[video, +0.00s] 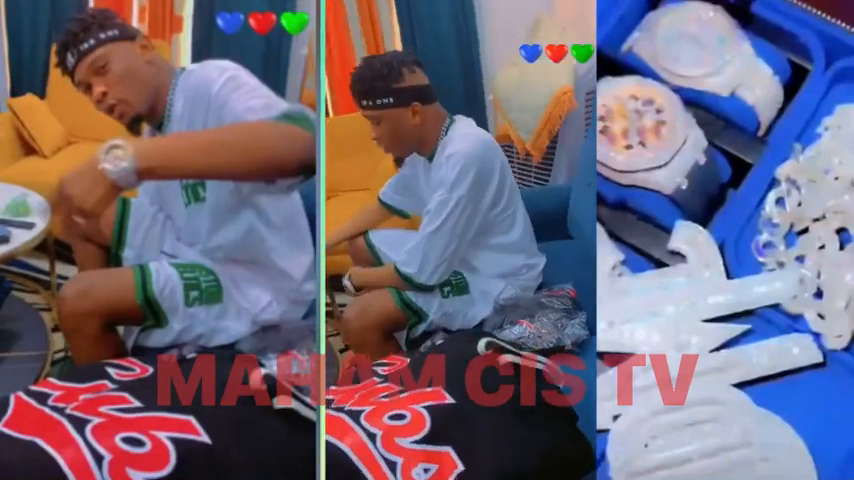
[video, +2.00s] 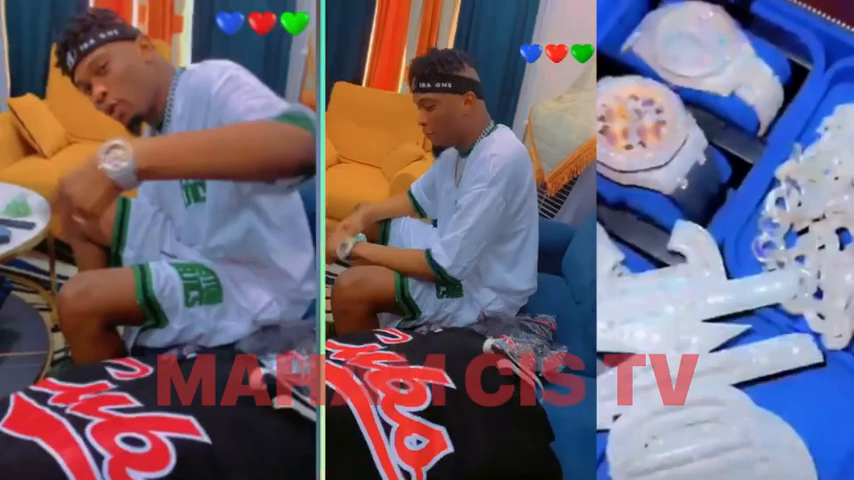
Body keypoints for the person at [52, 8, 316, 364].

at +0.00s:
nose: (98, 94)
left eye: (102, 70)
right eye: (87, 89)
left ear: (144, 48)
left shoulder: (212, 81)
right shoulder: (152, 133)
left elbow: (298, 146)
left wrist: (132, 160)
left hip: (259, 279)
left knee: (80, 300)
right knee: (84, 215)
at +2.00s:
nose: (97, 94)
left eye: (102, 70)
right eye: (87, 89)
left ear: (145, 48)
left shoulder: (213, 81)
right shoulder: (153, 135)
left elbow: (299, 145)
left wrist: (131, 160)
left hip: (261, 278)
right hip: (191, 253)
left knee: (80, 300)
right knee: (83, 213)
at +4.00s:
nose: (97, 94)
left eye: (102, 70)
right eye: (87, 89)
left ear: (145, 48)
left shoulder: (213, 81)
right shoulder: (153, 134)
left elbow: (298, 145)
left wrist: (131, 160)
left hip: (262, 279)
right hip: (192, 252)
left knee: (80, 300)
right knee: (83, 213)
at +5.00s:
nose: (97, 94)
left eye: (102, 70)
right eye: (87, 89)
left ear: (145, 48)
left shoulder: (214, 81)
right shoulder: (153, 134)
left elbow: (298, 146)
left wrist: (131, 160)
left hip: (262, 279)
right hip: (192, 253)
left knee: (80, 300)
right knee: (83, 213)